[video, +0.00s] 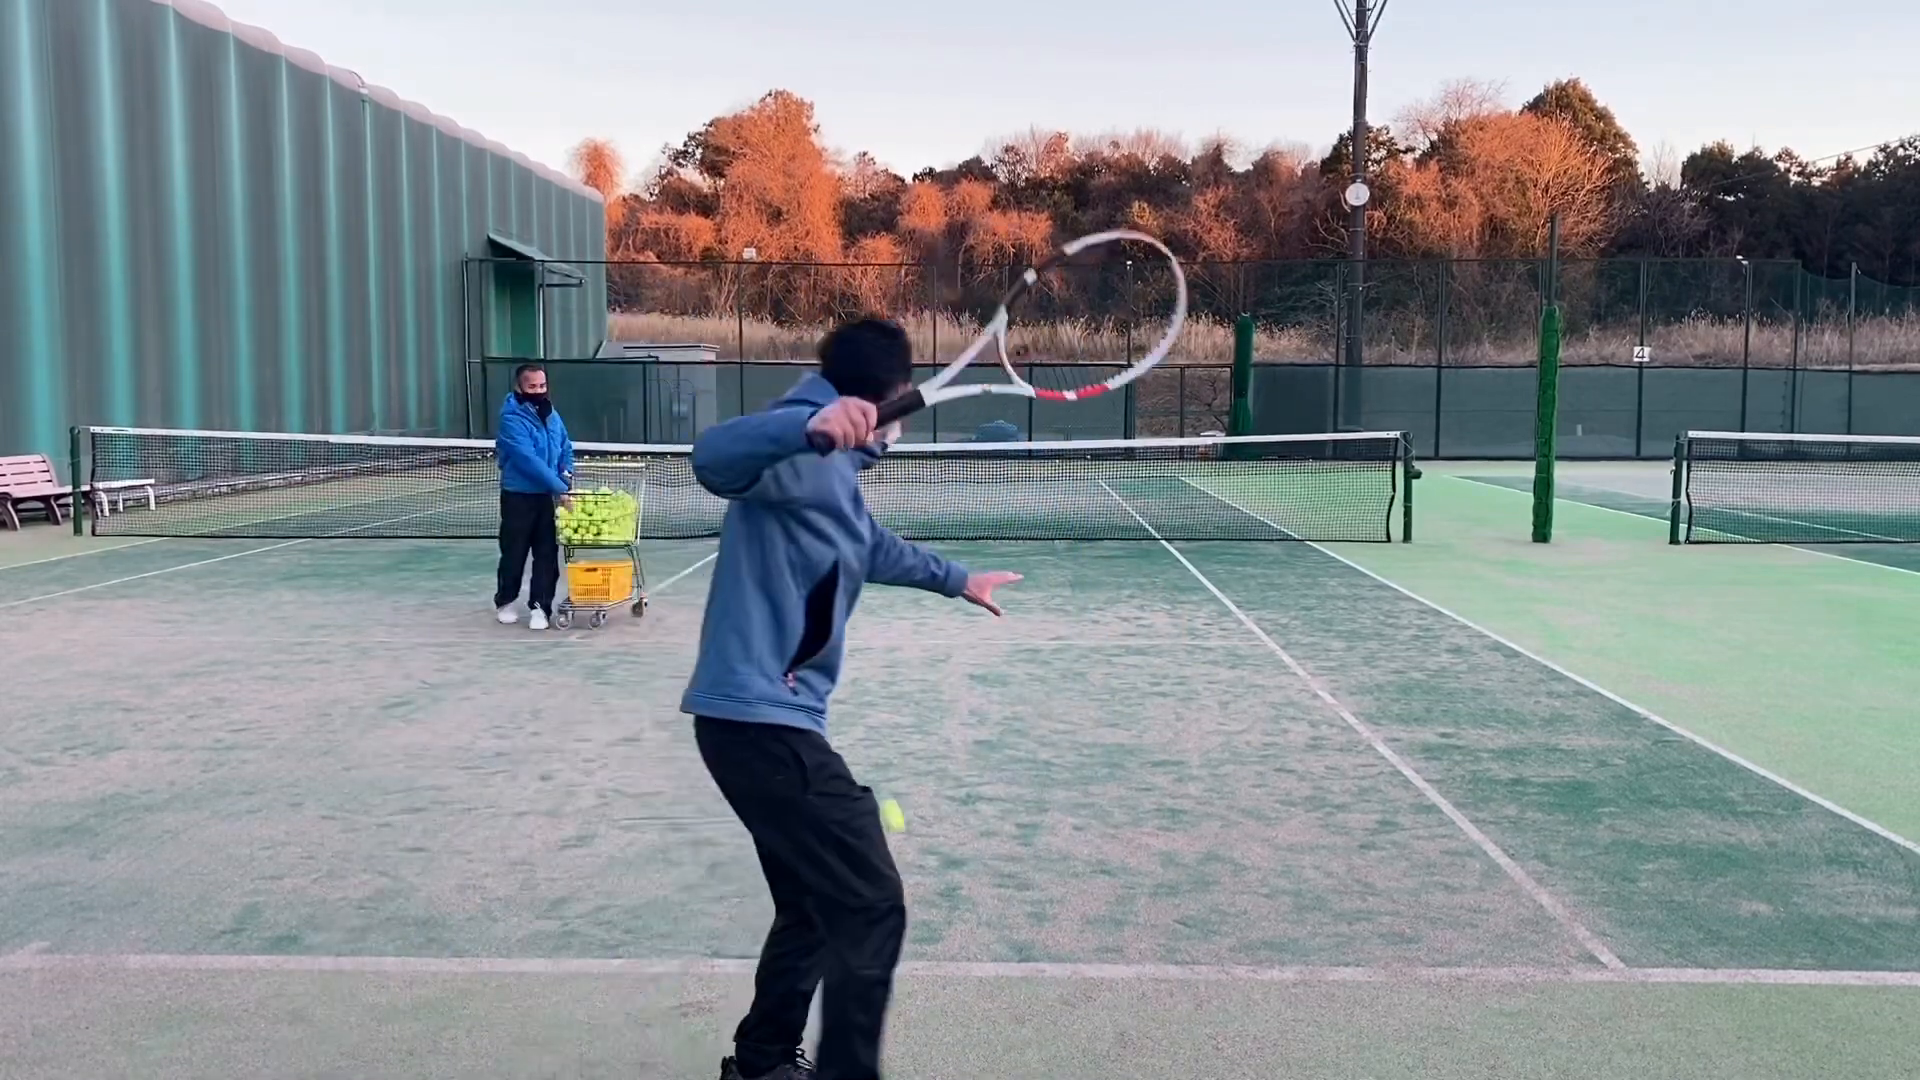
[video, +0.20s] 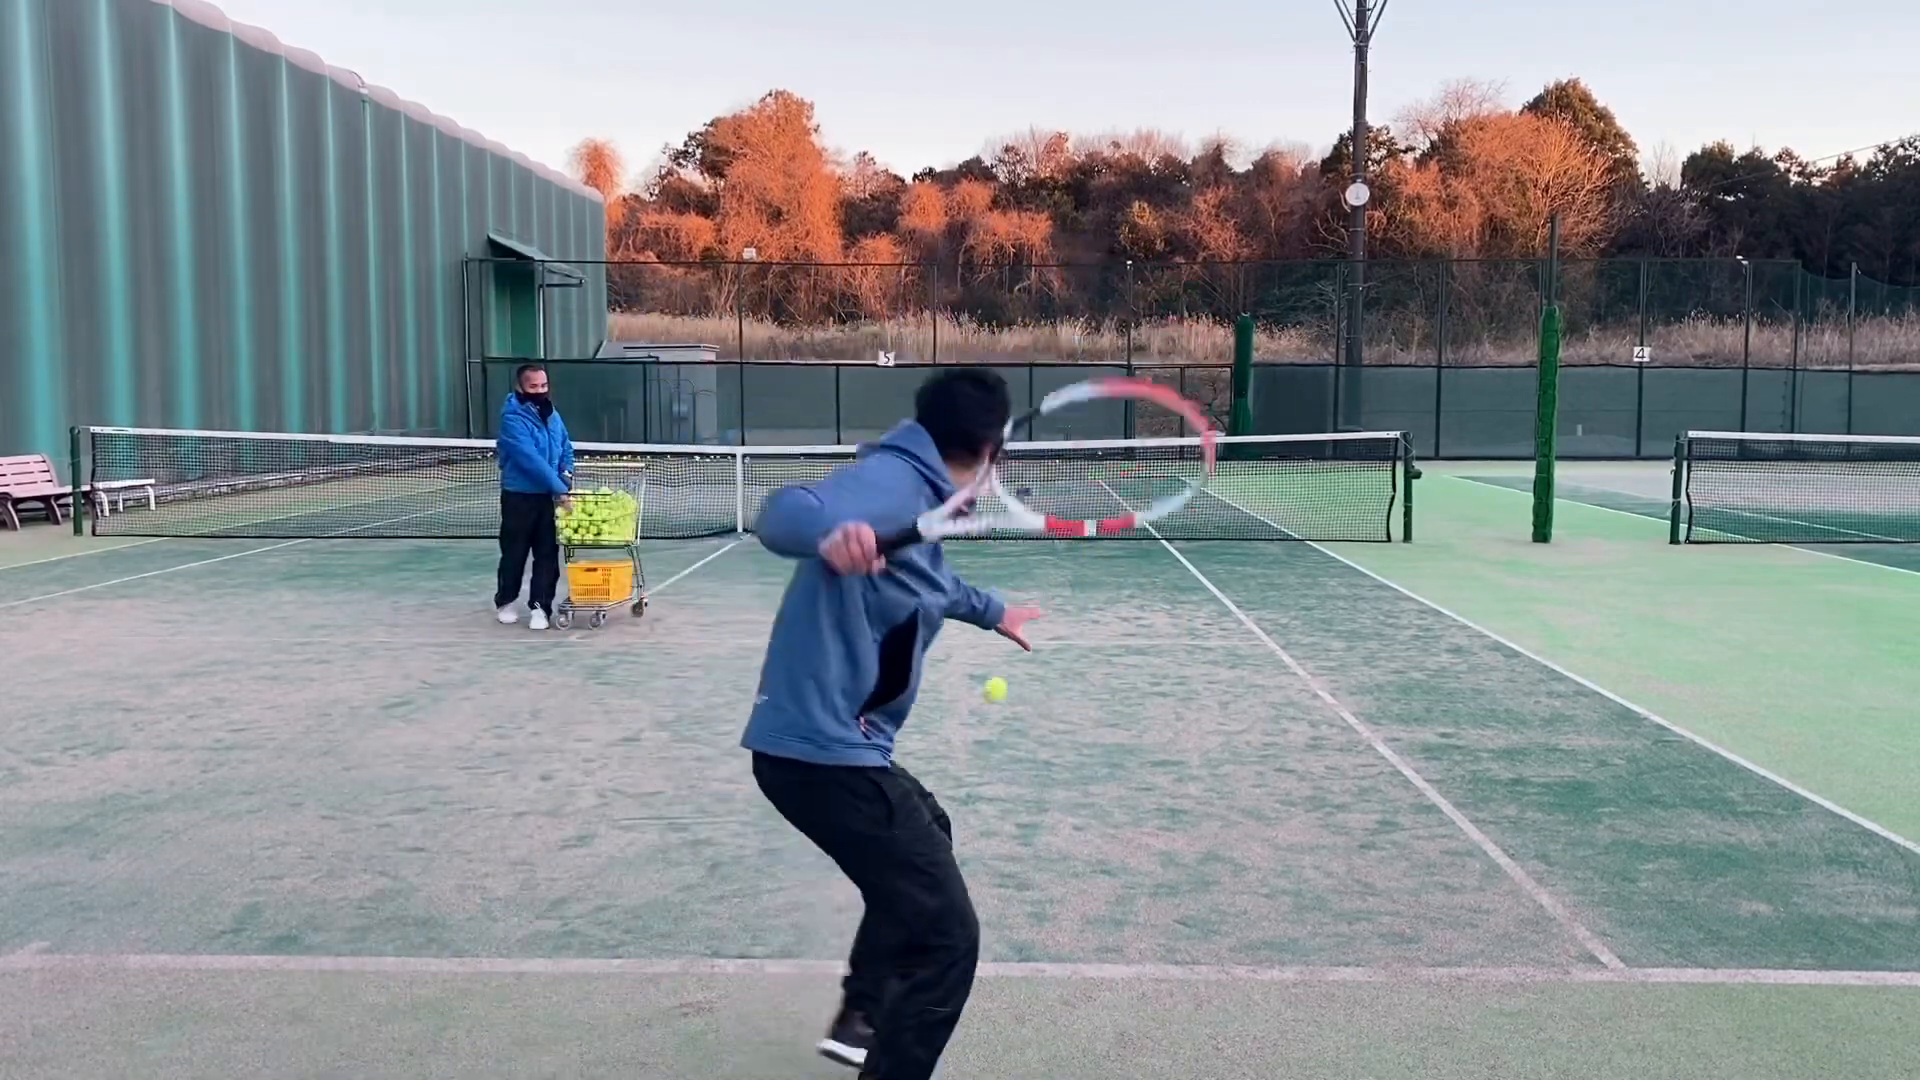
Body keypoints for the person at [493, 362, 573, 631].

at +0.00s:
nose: (539, 391)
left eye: (542, 385)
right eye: (532, 386)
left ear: (546, 385)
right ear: (519, 387)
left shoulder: (551, 414)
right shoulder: (511, 418)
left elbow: (565, 447)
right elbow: (526, 458)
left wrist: (565, 472)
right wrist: (559, 488)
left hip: (547, 492)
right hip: (518, 493)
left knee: (546, 554)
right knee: (514, 552)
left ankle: (540, 608)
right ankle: (506, 602)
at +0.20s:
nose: (541, 390)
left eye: (544, 385)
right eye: (534, 386)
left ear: (548, 385)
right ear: (521, 388)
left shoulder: (552, 413)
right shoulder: (512, 418)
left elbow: (566, 447)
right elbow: (528, 458)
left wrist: (566, 471)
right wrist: (559, 488)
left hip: (548, 492)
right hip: (519, 493)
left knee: (547, 554)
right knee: (515, 552)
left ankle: (540, 608)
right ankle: (506, 602)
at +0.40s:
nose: (541, 390)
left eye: (544, 384)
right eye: (534, 386)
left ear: (548, 384)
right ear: (521, 388)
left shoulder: (552, 413)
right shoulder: (513, 417)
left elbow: (566, 447)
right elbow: (528, 458)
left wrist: (566, 469)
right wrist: (558, 488)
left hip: (549, 491)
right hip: (519, 493)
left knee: (547, 554)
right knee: (515, 552)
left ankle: (540, 608)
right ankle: (506, 602)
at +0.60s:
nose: (541, 390)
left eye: (544, 384)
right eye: (535, 386)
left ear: (548, 384)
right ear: (521, 387)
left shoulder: (552, 413)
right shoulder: (511, 417)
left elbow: (567, 447)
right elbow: (524, 458)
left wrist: (567, 470)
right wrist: (557, 488)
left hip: (548, 492)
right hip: (519, 493)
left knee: (547, 554)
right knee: (515, 552)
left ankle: (540, 608)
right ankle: (506, 602)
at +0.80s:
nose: (540, 390)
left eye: (543, 385)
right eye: (534, 386)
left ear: (546, 384)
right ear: (520, 387)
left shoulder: (552, 413)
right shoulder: (510, 417)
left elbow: (567, 447)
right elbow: (522, 458)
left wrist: (567, 470)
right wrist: (556, 487)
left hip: (548, 492)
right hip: (518, 493)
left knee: (547, 554)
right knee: (514, 552)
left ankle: (540, 607)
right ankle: (506, 602)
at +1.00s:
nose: (538, 389)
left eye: (542, 384)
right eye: (532, 384)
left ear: (546, 384)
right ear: (519, 386)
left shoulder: (552, 414)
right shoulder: (509, 417)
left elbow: (568, 447)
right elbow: (519, 458)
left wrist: (566, 471)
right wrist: (555, 484)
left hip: (548, 493)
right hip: (518, 494)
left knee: (547, 554)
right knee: (514, 552)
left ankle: (541, 607)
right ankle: (506, 602)